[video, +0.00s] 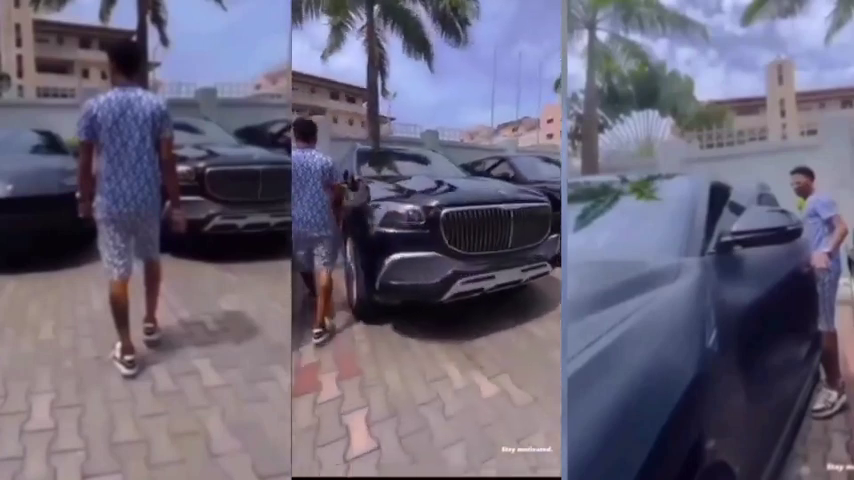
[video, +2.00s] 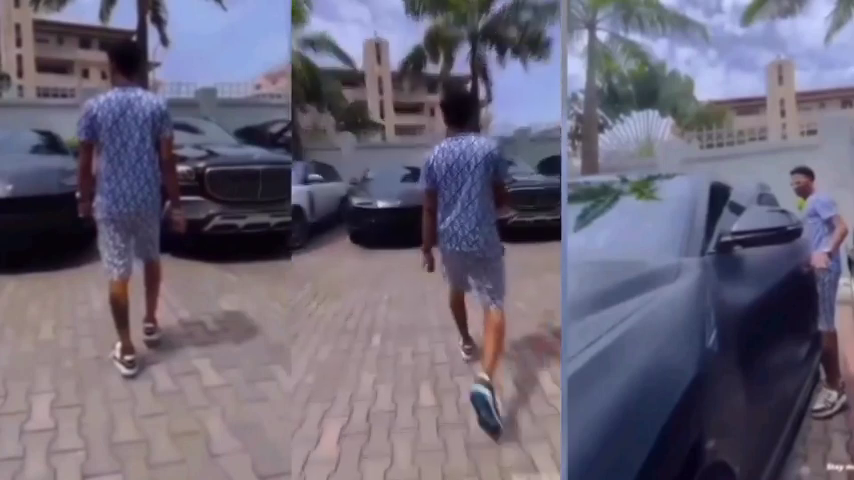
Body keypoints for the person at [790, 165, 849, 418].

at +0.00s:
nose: (796, 188)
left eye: (799, 183)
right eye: (794, 185)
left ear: (811, 181)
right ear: (796, 185)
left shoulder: (821, 201)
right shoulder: (808, 206)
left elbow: (841, 228)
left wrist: (827, 252)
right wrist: (809, 256)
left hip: (825, 269)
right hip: (814, 269)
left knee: (825, 328)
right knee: (821, 327)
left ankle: (835, 388)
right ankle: (831, 385)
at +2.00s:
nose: (796, 187)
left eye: (799, 183)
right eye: (793, 184)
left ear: (811, 181)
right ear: (797, 185)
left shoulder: (821, 201)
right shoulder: (809, 205)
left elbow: (842, 227)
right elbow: (820, 234)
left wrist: (827, 253)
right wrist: (810, 255)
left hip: (825, 268)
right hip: (815, 268)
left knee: (825, 327)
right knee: (822, 327)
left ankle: (834, 388)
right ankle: (830, 385)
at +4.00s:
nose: (796, 187)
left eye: (799, 183)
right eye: (793, 184)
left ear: (811, 181)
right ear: (797, 185)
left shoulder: (821, 201)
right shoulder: (809, 205)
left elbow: (842, 227)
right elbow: (820, 234)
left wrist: (827, 253)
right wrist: (810, 255)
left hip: (825, 268)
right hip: (815, 268)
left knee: (825, 327)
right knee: (822, 327)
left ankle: (834, 388)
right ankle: (830, 385)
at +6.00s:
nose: (796, 187)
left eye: (799, 183)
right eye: (793, 184)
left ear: (811, 181)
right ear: (797, 185)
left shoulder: (821, 201)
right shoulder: (809, 205)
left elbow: (842, 227)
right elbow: (820, 234)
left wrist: (827, 253)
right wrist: (810, 255)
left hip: (825, 268)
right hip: (815, 268)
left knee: (825, 327)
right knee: (822, 327)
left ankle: (834, 388)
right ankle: (830, 385)